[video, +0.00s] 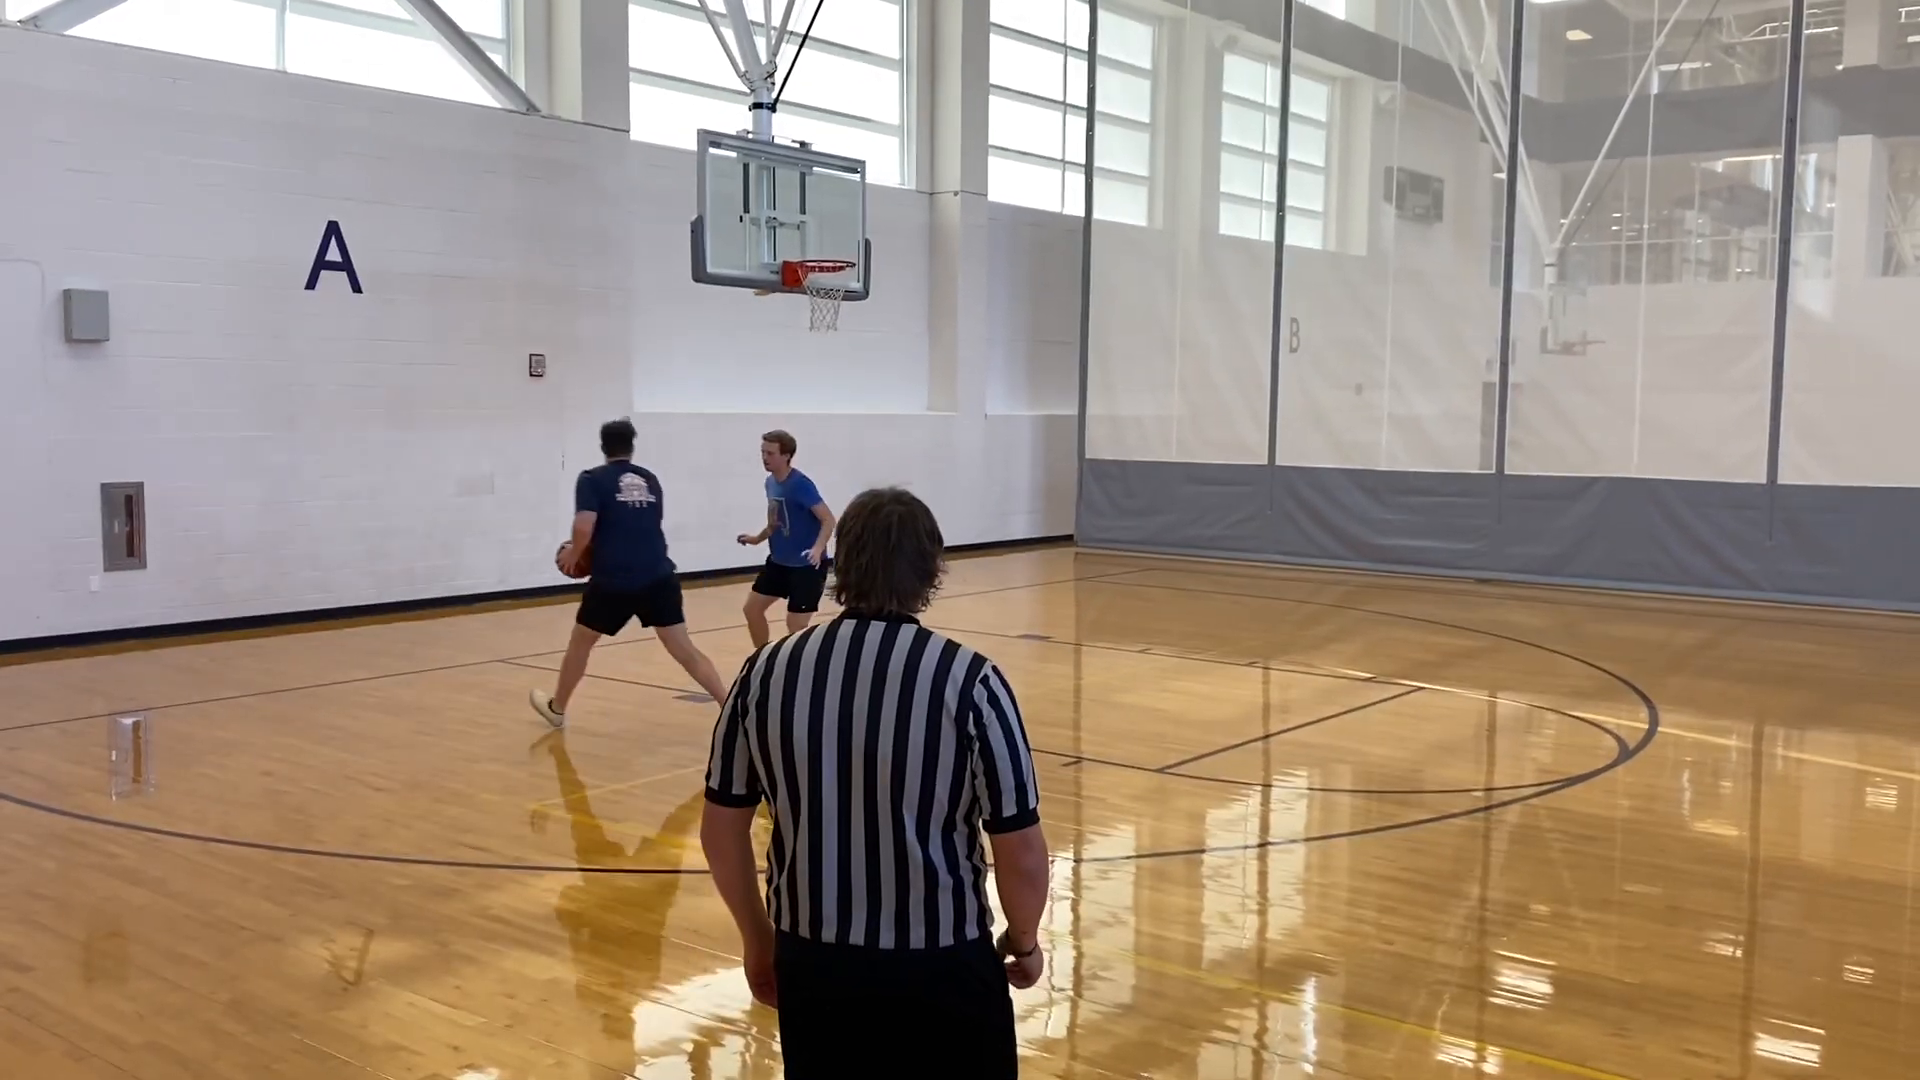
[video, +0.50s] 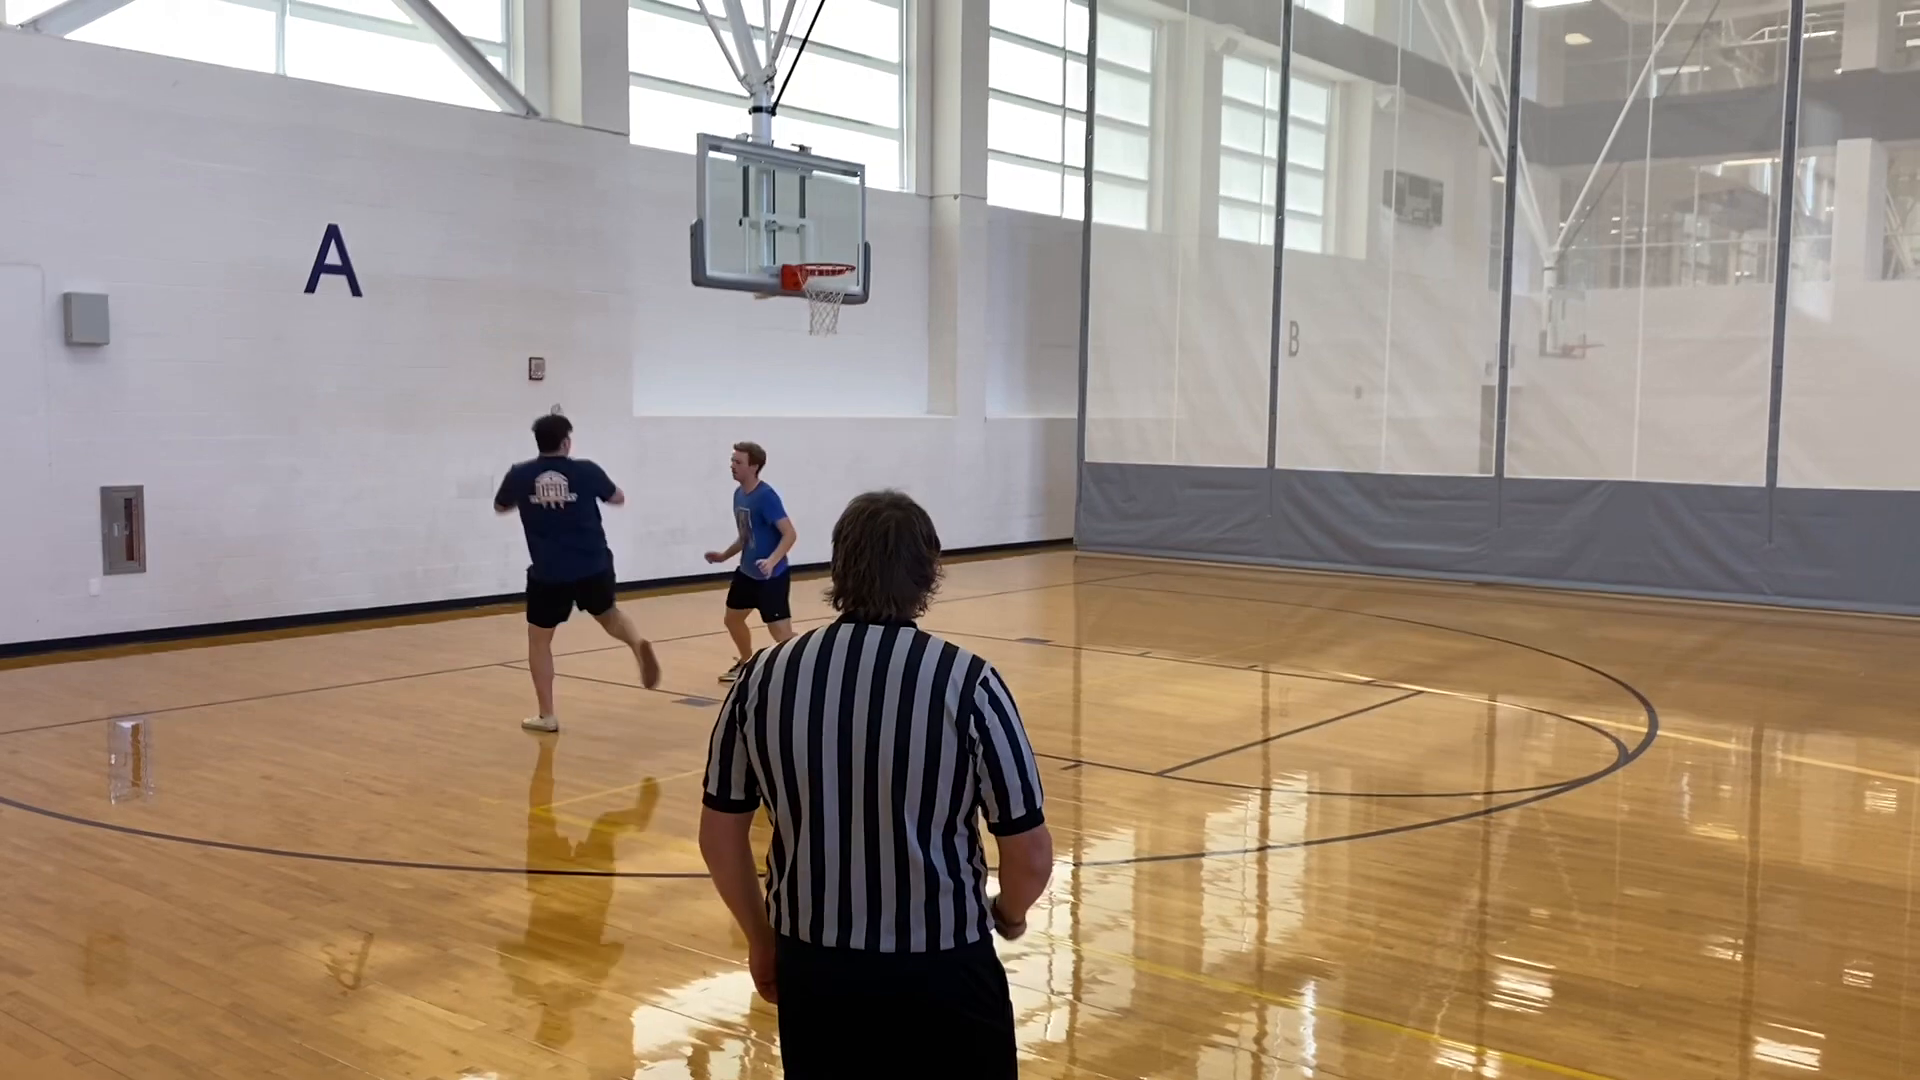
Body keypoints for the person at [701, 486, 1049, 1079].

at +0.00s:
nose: (939, 570)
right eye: (935, 557)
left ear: (841, 564)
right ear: (931, 569)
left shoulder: (765, 671)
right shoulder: (970, 680)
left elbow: (721, 830)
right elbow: (1021, 853)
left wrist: (756, 937)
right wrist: (1024, 938)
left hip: (813, 973)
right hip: (947, 976)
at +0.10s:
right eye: (935, 557)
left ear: (842, 564)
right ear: (931, 569)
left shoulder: (764, 671)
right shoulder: (971, 680)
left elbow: (721, 831)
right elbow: (1022, 853)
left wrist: (757, 938)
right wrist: (1021, 937)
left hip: (814, 972)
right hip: (948, 974)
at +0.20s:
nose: (939, 570)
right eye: (936, 557)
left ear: (842, 564)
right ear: (931, 569)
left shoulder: (763, 672)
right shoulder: (971, 680)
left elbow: (721, 832)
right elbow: (1022, 851)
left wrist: (757, 936)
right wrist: (1019, 934)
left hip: (814, 972)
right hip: (948, 974)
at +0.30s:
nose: (938, 570)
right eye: (935, 557)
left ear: (842, 564)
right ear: (930, 569)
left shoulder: (766, 671)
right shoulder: (971, 680)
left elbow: (721, 831)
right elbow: (1024, 854)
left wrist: (758, 933)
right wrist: (1014, 929)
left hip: (815, 972)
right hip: (949, 974)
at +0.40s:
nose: (938, 572)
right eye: (935, 560)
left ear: (841, 567)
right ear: (930, 572)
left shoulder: (764, 674)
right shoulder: (970, 681)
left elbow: (720, 836)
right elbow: (1027, 856)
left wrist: (758, 938)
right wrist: (1011, 922)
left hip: (814, 975)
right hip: (947, 976)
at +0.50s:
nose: (938, 572)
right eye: (934, 560)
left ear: (841, 568)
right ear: (927, 572)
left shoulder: (764, 675)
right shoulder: (968, 681)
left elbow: (719, 835)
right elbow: (1031, 855)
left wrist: (758, 935)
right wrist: (1010, 908)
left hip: (813, 975)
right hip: (946, 975)